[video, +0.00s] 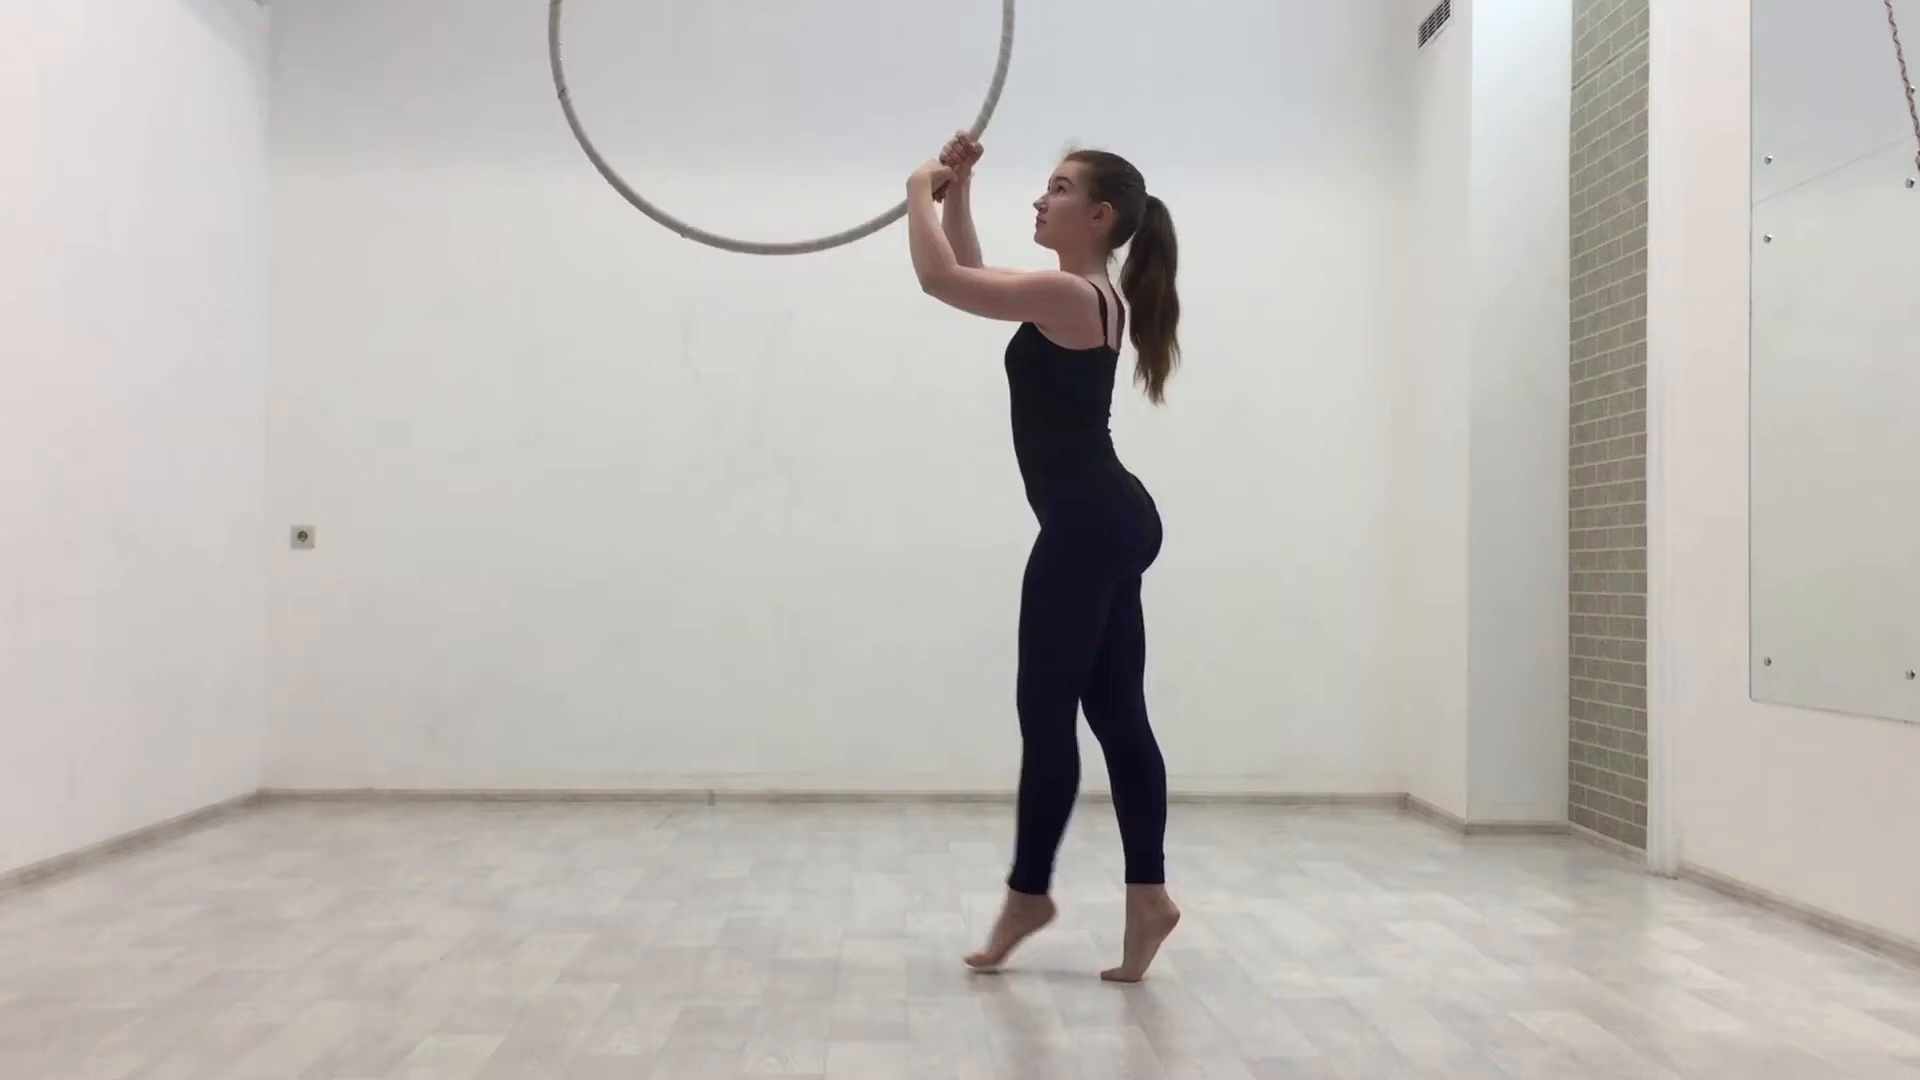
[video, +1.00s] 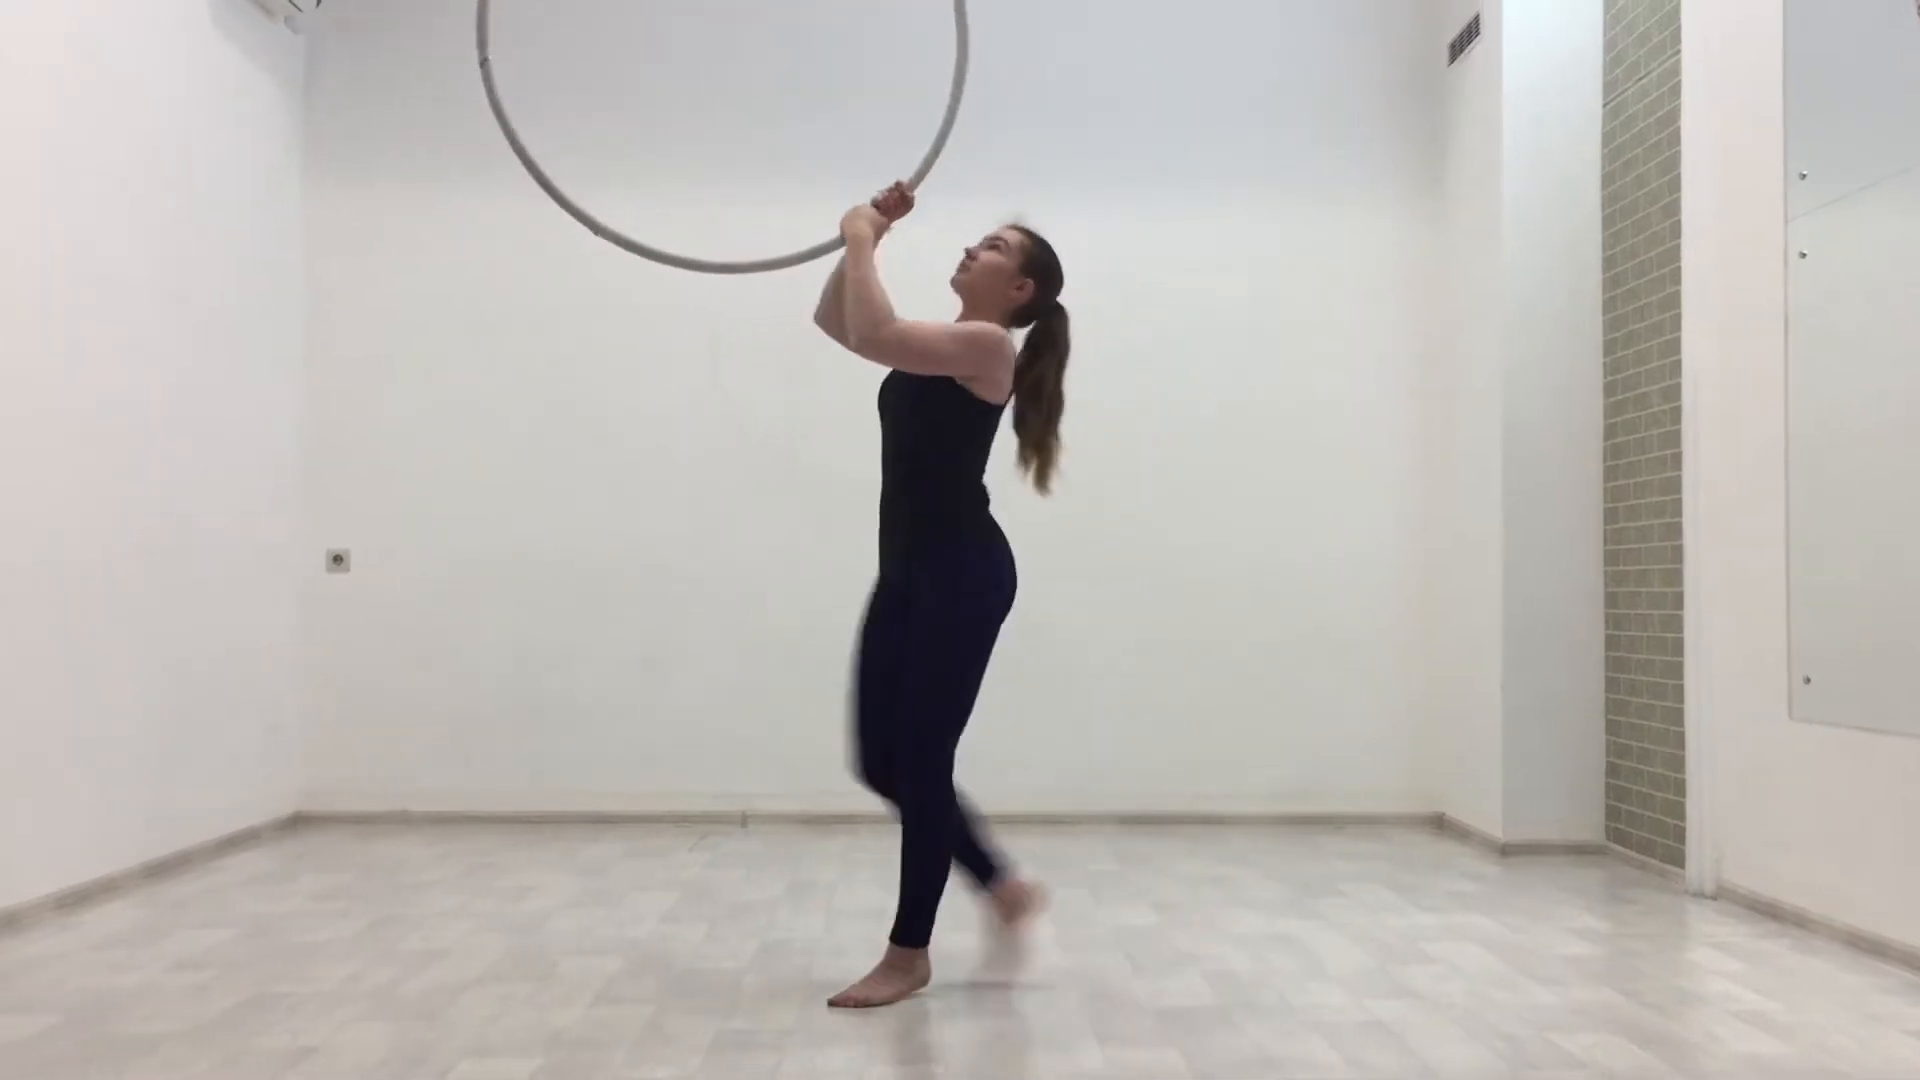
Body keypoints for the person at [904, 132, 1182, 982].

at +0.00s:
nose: (1041, 199)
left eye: (1060, 190)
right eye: (1048, 186)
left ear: (1102, 216)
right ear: (1095, 219)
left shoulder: (1063, 296)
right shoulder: (1095, 298)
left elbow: (939, 279)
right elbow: (971, 276)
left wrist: (920, 194)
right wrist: (959, 190)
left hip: (1079, 532)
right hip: (1115, 521)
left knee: (1042, 713)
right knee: (1120, 715)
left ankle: (1028, 892)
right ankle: (1148, 897)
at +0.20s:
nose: (1038, 201)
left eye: (1056, 192)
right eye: (1047, 188)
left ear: (1094, 220)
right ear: (1097, 224)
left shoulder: (1053, 297)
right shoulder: (1100, 304)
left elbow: (935, 280)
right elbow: (972, 280)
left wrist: (912, 197)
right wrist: (950, 195)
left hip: (1074, 536)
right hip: (1118, 525)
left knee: (1023, 714)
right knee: (1122, 717)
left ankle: (978, 883)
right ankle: (1149, 900)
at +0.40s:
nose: (1023, 208)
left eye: (1040, 201)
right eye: (1032, 197)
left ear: (1076, 230)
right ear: (1081, 235)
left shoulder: (1031, 303)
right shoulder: (1086, 312)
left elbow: (913, 290)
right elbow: (954, 286)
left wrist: (902, 208)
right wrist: (942, 202)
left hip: (1055, 541)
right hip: (1109, 532)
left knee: (984, 718)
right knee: (1118, 724)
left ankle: (918, 888)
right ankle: (1150, 906)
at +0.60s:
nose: (993, 222)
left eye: (1012, 216)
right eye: (1004, 210)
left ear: (1043, 247)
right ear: (1047, 252)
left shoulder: (1001, 315)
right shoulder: (1046, 323)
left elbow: (880, 304)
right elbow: (923, 299)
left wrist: (884, 219)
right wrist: (913, 211)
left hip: (1024, 553)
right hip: (1074, 544)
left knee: (957, 735)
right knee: (1102, 735)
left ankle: (896, 914)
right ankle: (1152, 914)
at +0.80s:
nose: (967, 238)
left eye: (986, 234)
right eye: (979, 228)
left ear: (1017, 270)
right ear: (1012, 273)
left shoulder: (976, 336)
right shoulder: (989, 335)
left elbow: (852, 310)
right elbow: (875, 308)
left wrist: (858, 224)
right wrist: (883, 224)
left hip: (991, 569)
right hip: (1019, 560)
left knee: (918, 741)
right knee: (1066, 746)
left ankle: (882, 935)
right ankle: (1145, 915)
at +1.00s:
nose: (974, 247)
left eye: (996, 248)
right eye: (983, 239)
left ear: (1020, 289)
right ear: (998, 281)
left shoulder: (988, 349)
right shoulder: (939, 342)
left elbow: (879, 333)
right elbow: (836, 319)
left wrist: (858, 241)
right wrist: (868, 235)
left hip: (961, 572)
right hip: (909, 570)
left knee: (923, 761)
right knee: (880, 758)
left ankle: (908, 956)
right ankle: (1005, 887)